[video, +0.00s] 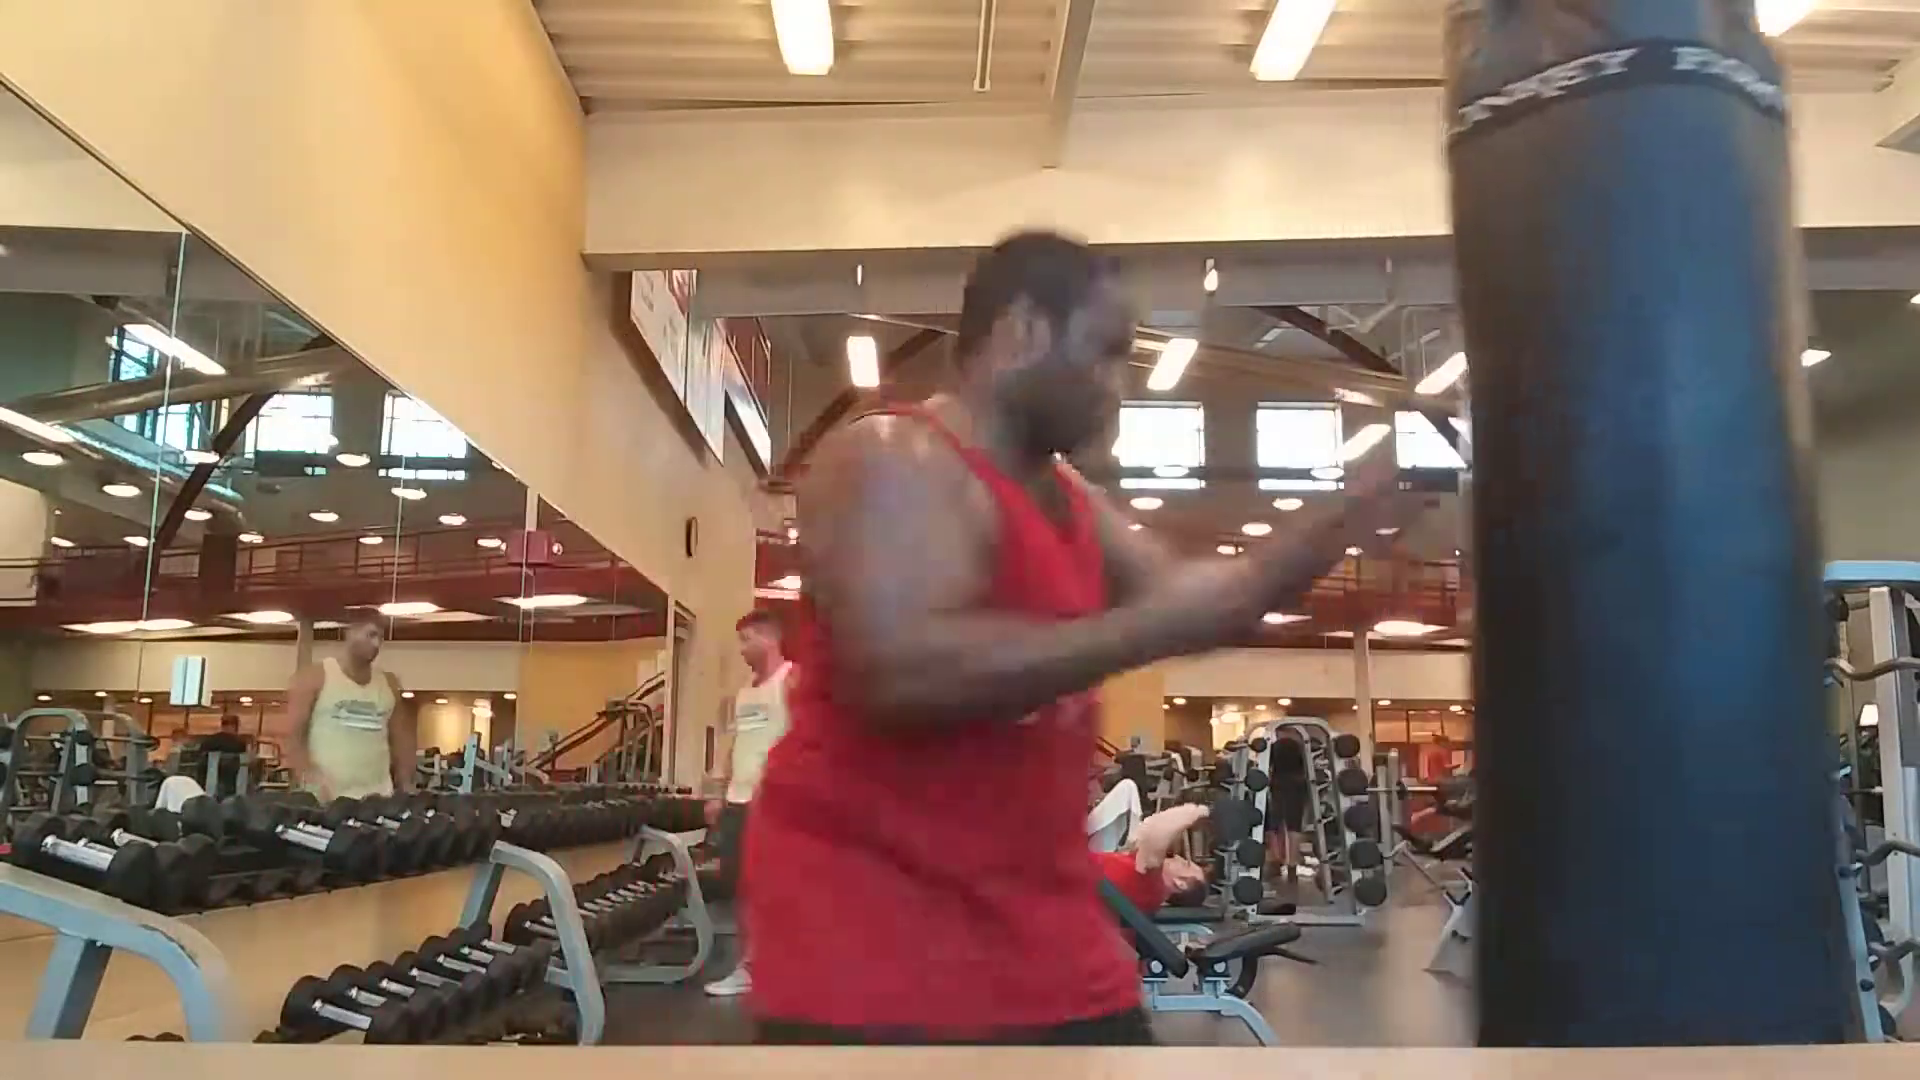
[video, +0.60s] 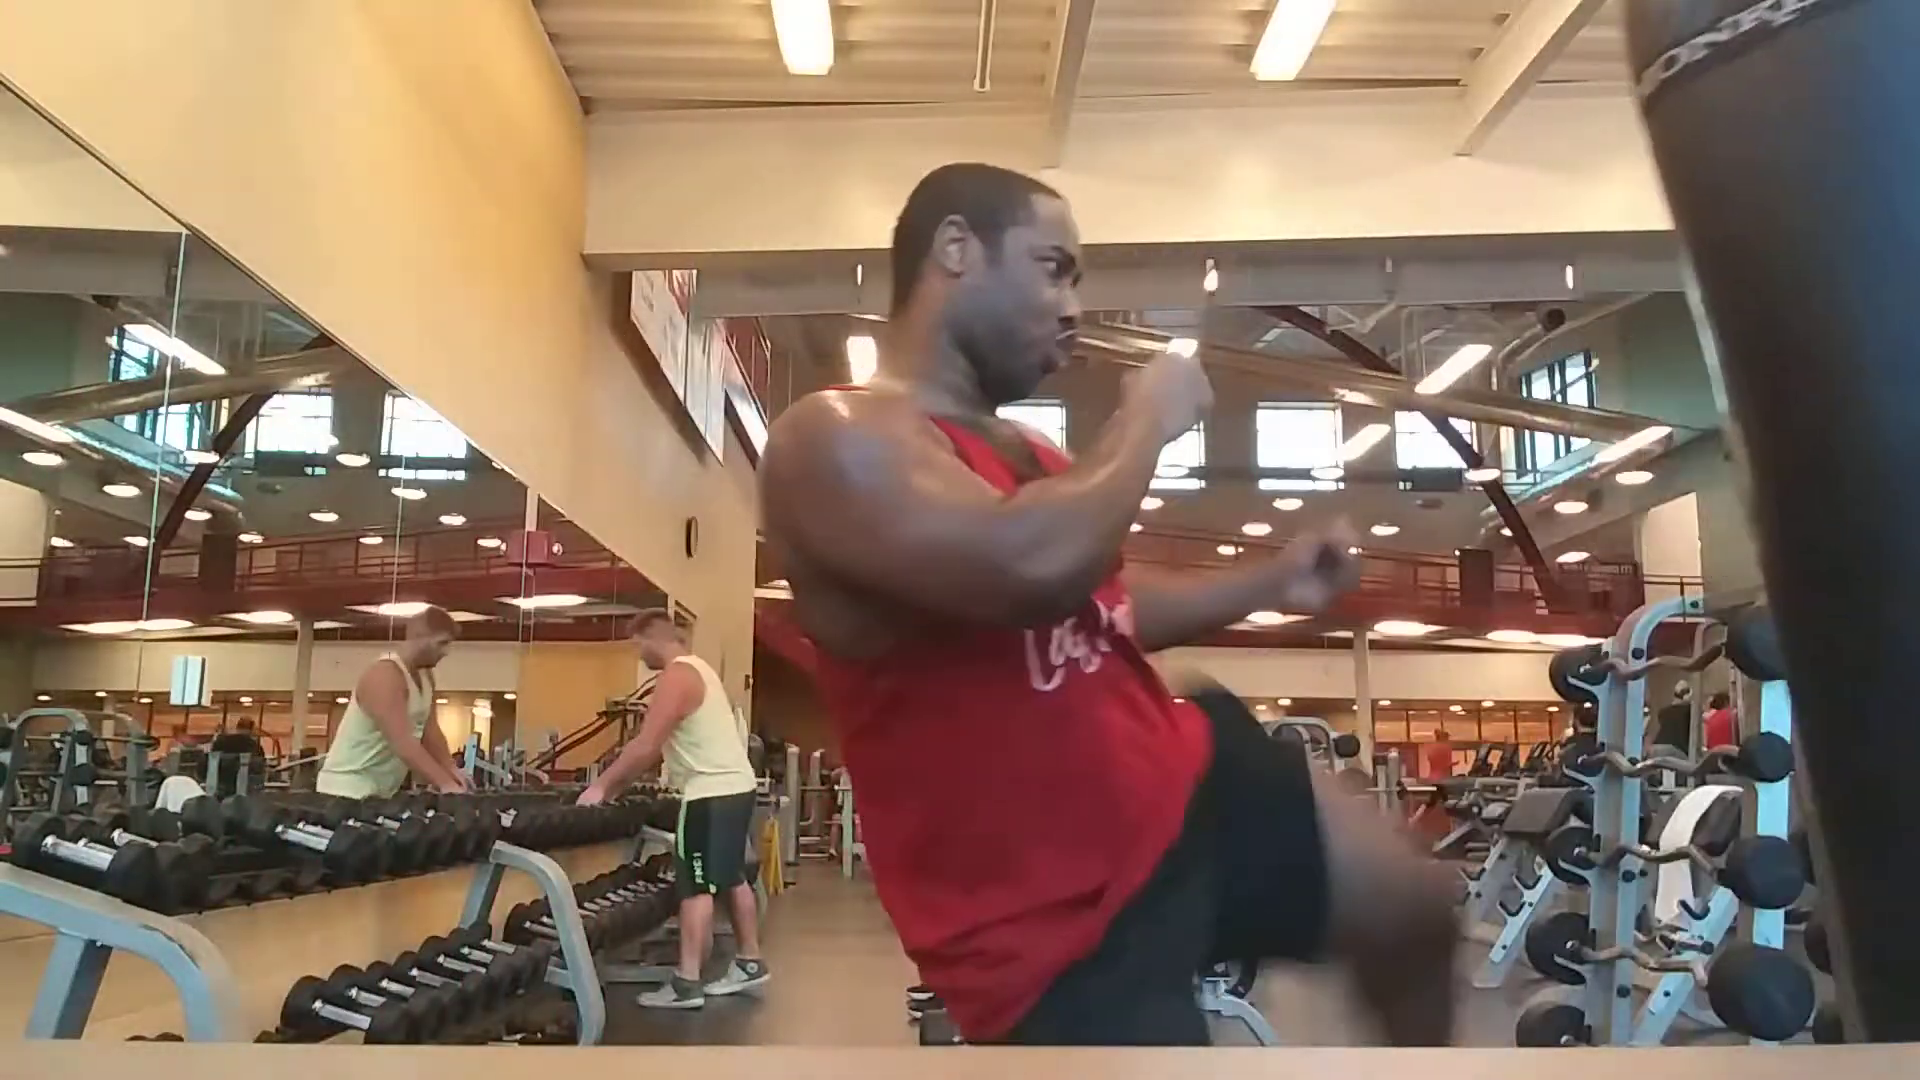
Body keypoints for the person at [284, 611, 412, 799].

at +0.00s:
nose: (378, 644)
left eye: (380, 638)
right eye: (371, 635)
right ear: (350, 633)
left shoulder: (388, 683)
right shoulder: (314, 676)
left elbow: (400, 742)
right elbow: (293, 736)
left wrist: (404, 788)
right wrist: (310, 775)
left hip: (377, 796)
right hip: (325, 797)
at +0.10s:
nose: (386, 642)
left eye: (388, 636)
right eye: (380, 634)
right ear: (358, 633)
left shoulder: (396, 681)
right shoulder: (323, 675)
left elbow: (406, 734)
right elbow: (298, 731)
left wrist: (414, 777)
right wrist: (320, 769)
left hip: (382, 795)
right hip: (332, 796)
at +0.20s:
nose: (398, 644)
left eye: (401, 636)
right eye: (392, 635)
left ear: (404, 637)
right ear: (370, 632)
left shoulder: (402, 681)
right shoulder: (334, 673)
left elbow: (410, 735)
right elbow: (310, 732)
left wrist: (422, 767)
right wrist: (348, 768)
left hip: (387, 798)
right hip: (339, 799)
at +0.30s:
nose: (409, 645)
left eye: (412, 638)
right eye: (404, 636)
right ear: (380, 632)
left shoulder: (406, 681)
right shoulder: (346, 673)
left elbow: (413, 735)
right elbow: (329, 731)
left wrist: (427, 763)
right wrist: (365, 761)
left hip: (388, 796)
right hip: (345, 795)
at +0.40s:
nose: (418, 648)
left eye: (420, 641)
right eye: (414, 639)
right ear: (392, 634)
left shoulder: (410, 682)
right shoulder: (358, 671)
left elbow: (418, 739)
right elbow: (353, 737)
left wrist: (429, 762)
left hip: (391, 792)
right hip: (351, 791)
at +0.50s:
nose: (431, 649)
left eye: (433, 641)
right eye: (428, 639)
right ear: (406, 632)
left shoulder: (415, 678)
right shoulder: (372, 672)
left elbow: (421, 736)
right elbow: (378, 740)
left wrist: (442, 767)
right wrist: (429, 775)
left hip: (389, 791)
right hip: (351, 792)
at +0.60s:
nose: (446, 652)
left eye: (448, 645)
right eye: (442, 644)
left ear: (421, 638)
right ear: (421, 637)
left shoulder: (423, 675)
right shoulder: (383, 675)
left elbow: (430, 731)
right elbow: (403, 745)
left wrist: (451, 771)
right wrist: (445, 784)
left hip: (382, 791)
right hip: (347, 789)